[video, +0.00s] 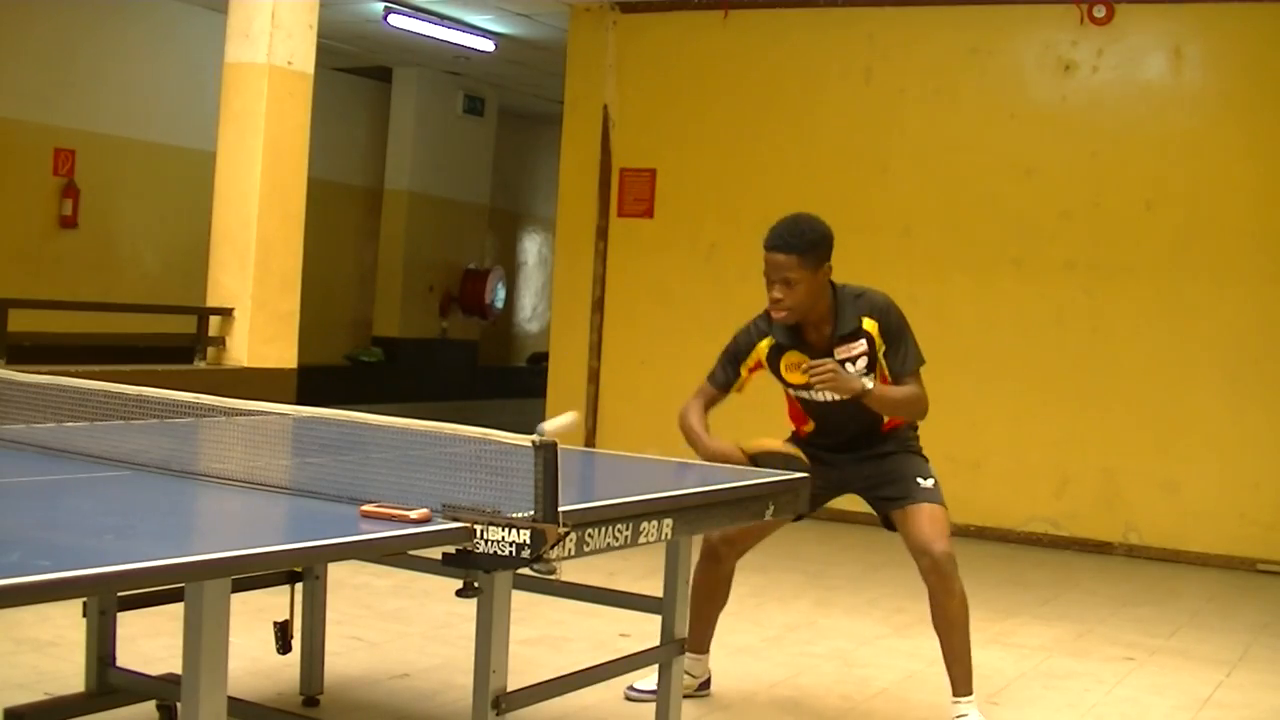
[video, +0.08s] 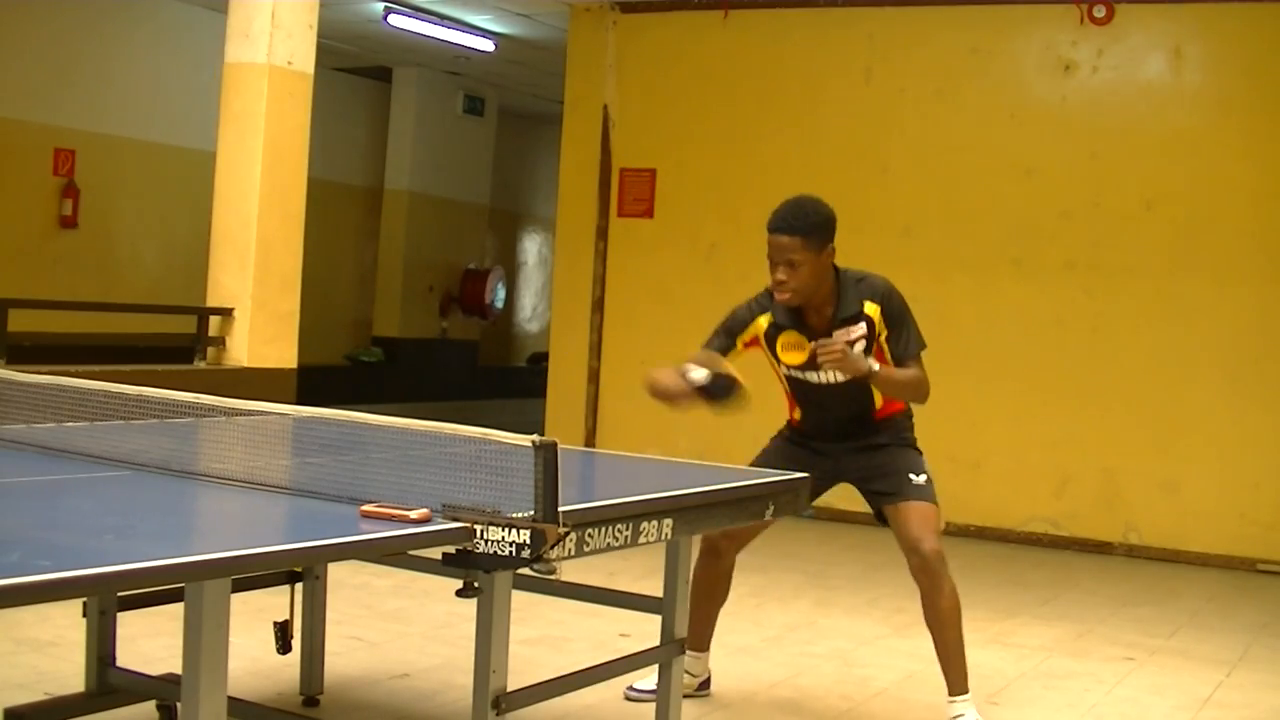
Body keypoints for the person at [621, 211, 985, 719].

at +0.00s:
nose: (774, 295)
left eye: (786, 284)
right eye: (768, 282)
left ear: (824, 275)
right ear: (762, 274)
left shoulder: (875, 313)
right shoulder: (762, 335)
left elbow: (916, 404)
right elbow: (692, 408)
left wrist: (860, 387)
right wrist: (710, 448)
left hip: (889, 451)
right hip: (812, 454)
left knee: (937, 553)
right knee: (719, 543)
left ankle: (964, 703)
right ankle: (692, 667)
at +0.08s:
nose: (778, 277)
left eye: (790, 265)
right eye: (772, 264)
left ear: (827, 257)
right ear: (766, 257)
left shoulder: (876, 298)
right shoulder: (760, 313)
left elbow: (918, 387)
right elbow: (690, 376)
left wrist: (866, 368)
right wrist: (679, 386)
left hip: (883, 442)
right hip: (804, 442)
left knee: (927, 551)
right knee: (719, 539)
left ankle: (961, 702)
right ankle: (692, 667)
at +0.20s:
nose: (778, 248)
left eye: (791, 236)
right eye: (773, 234)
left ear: (828, 228)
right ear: (767, 229)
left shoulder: (875, 280)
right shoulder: (757, 284)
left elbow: (913, 370)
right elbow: (668, 328)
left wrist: (869, 337)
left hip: (868, 431)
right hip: (789, 429)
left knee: (924, 546)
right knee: (698, 523)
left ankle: (940, 702)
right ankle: (683, 657)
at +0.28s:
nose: (773, 241)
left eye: (786, 228)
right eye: (767, 227)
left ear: (822, 224)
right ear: (762, 224)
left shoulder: (867, 281)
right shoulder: (748, 282)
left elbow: (904, 374)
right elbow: (654, 320)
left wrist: (865, 332)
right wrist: (599, 270)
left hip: (856, 437)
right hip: (778, 433)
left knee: (925, 545)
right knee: (687, 531)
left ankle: (931, 704)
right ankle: (664, 658)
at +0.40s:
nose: (744, 230)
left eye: (757, 219)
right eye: (739, 217)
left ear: (793, 219)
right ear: (736, 218)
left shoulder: (836, 283)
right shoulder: (724, 284)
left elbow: (862, 377)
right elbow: (637, 332)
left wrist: (822, 323)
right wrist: (602, 287)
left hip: (828, 443)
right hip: (749, 441)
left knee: (899, 549)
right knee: (661, 536)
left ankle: (927, 705)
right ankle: (652, 665)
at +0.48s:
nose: (712, 212)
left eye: (725, 200)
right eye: (708, 199)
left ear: (762, 200)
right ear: (707, 200)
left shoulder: (810, 260)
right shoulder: (704, 269)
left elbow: (826, 351)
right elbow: (641, 345)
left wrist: (767, 301)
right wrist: (603, 303)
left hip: (812, 431)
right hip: (735, 427)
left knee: (862, 548)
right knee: (648, 516)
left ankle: (912, 697)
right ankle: (646, 660)